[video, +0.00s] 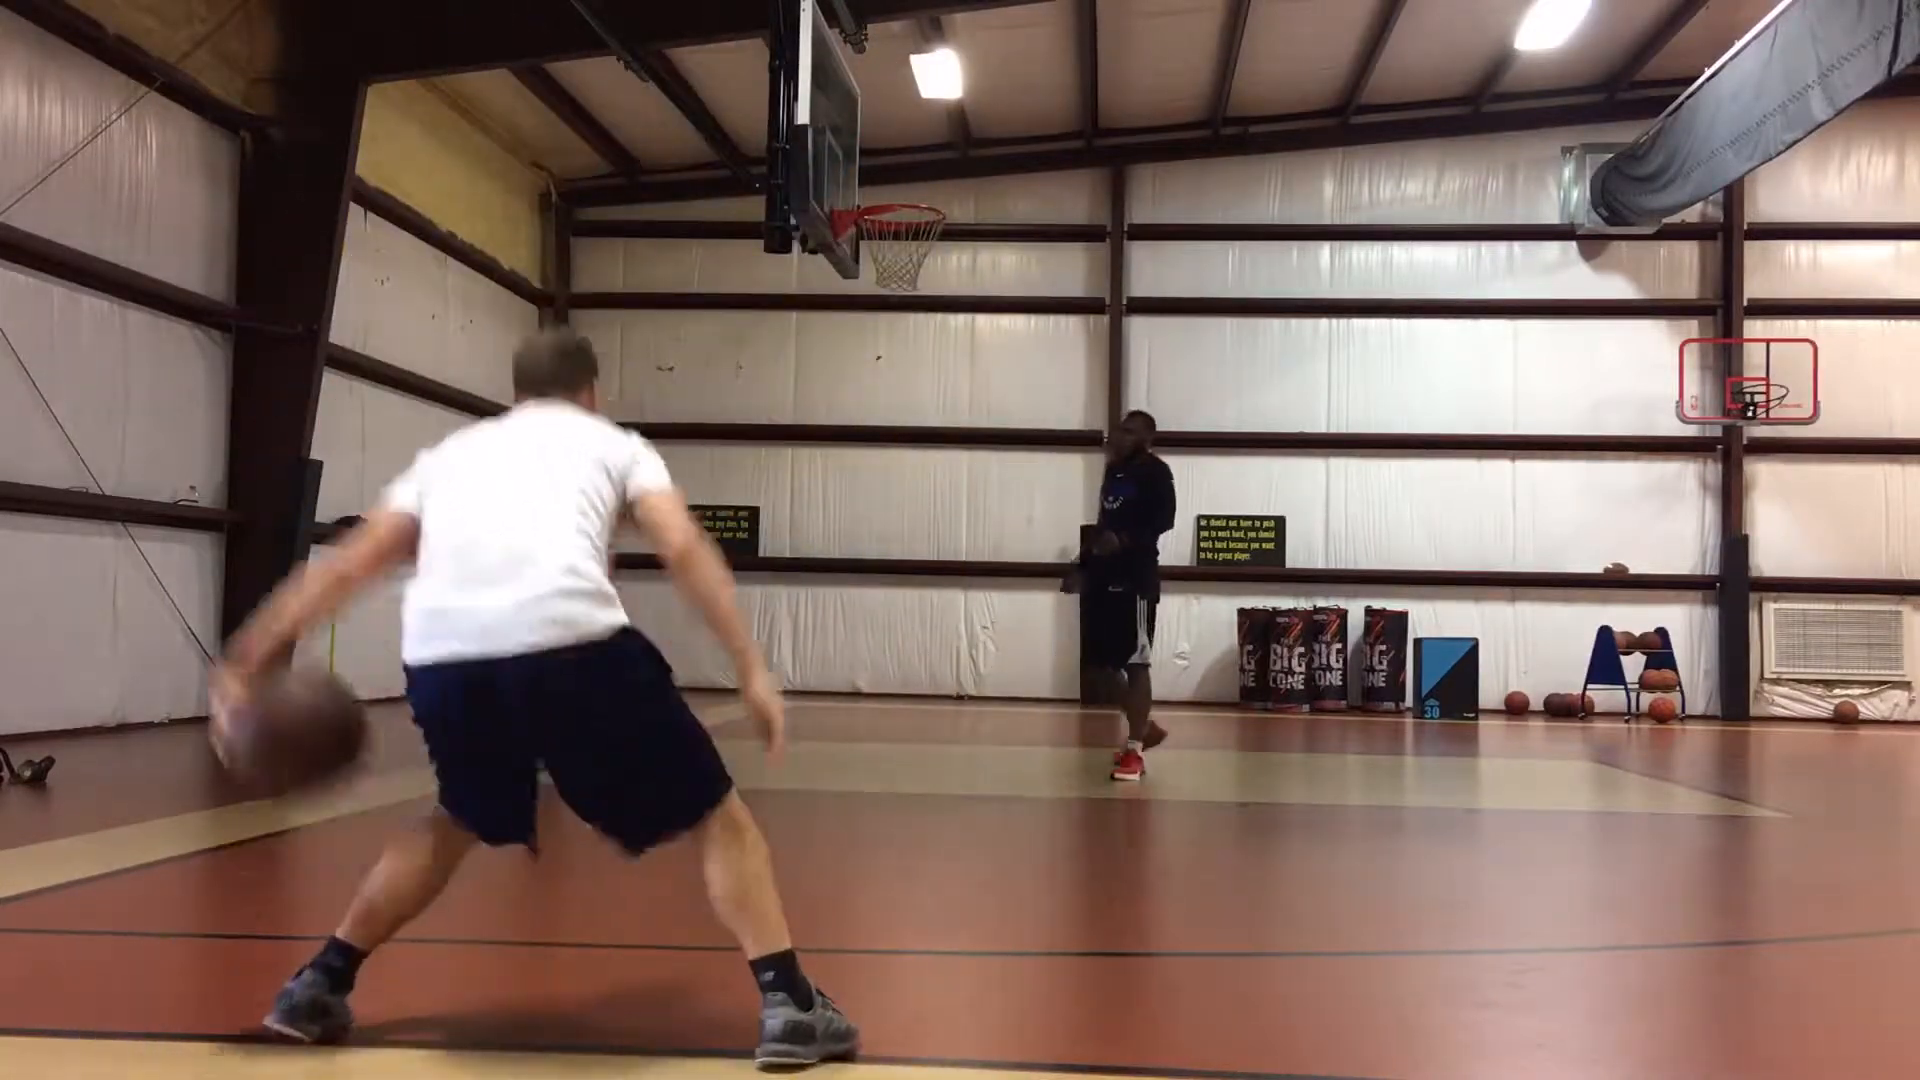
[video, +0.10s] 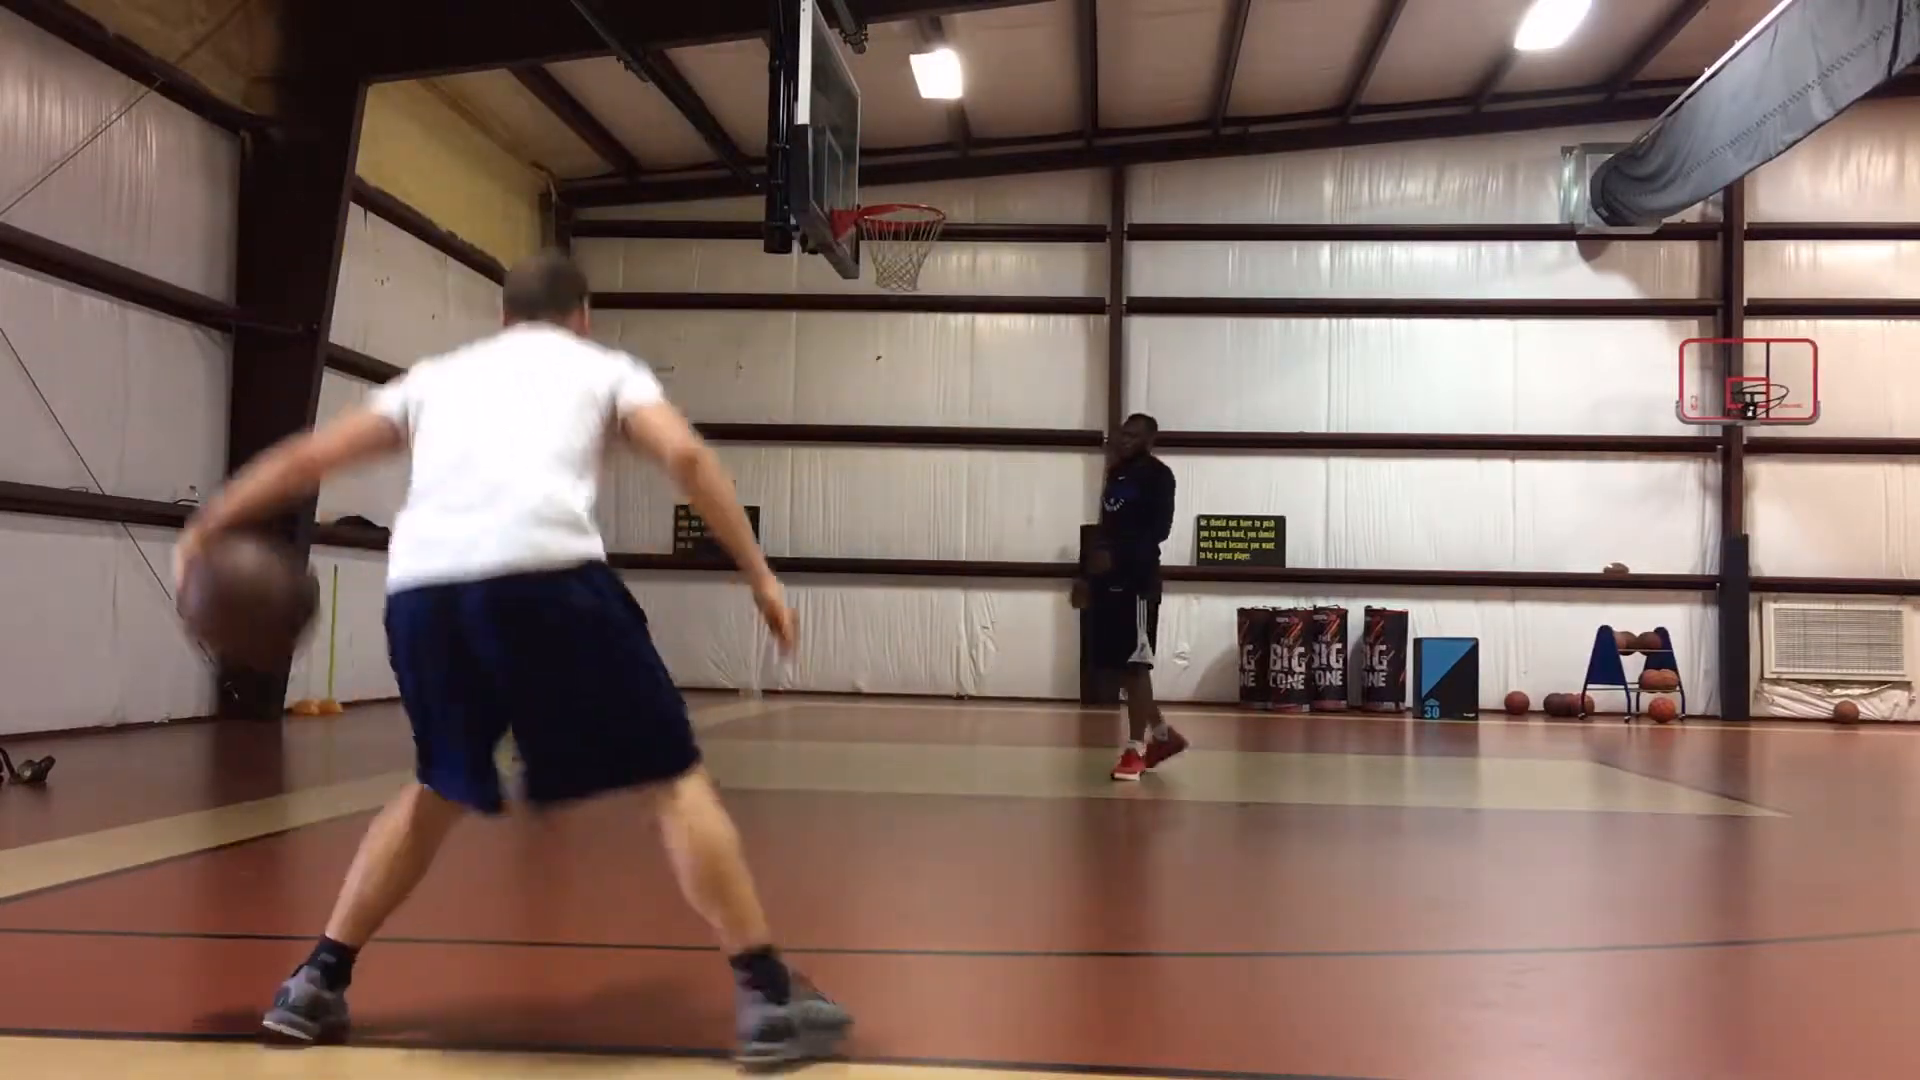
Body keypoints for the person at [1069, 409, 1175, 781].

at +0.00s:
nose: (1120, 435)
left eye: (1129, 431)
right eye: (1120, 428)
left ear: (1147, 438)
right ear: (1117, 432)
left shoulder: (1156, 471)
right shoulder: (1114, 472)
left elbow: (1162, 520)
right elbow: (1107, 526)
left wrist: (1123, 538)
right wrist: (1082, 565)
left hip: (1136, 580)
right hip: (1104, 578)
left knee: (1136, 664)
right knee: (1101, 666)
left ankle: (1134, 749)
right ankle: (1146, 726)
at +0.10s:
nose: (1124, 439)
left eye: (1132, 434)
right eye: (1123, 432)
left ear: (1150, 439)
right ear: (1119, 435)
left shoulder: (1159, 474)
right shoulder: (1117, 473)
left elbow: (1159, 529)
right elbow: (1109, 527)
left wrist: (1115, 551)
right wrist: (1089, 575)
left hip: (1139, 580)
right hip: (1113, 579)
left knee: (1136, 665)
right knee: (1124, 665)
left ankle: (1135, 748)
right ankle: (1162, 733)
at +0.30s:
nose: (1125, 448)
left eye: (1132, 443)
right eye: (1124, 442)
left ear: (1149, 446)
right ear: (1124, 443)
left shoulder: (1148, 480)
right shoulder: (1141, 479)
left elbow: (1136, 533)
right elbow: (1116, 520)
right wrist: (1111, 463)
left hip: (1139, 583)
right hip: (1138, 582)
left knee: (1136, 665)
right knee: (1151, 665)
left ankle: (1136, 748)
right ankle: (1175, 744)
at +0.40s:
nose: (1116, 450)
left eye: (1121, 443)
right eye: (1118, 444)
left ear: (1137, 446)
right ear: (1142, 447)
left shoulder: (1145, 479)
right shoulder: (1146, 480)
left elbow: (1129, 536)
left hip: (1138, 584)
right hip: (1141, 583)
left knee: (1130, 662)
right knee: (1150, 663)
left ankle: (1128, 746)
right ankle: (1175, 745)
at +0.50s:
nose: (1113, 450)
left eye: (1118, 443)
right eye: (1114, 443)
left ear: (1135, 445)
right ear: (1141, 446)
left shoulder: (1141, 480)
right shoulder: (1147, 479)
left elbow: (1135, 539)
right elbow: (1140, 538)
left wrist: (1118, 588)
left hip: (1132, 588)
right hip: (1144, 587)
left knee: (1112, 662)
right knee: (1148, 662)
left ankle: (1119, 744)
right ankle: (1175, 743)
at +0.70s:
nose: (1098, 453)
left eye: (1102, 447)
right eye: (1099, 447)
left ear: (1116, 449)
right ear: (1130, 449)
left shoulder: (1119, 483)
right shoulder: (1144, 483)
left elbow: (1119, 543)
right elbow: (1148, 543)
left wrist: (1110, 589)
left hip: (1121, 589)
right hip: (1146, 586)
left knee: (1093, 658)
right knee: (1149, 660)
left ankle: (1095, 740)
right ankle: (1174, 742)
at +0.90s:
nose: (1076, 462)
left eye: (1079, 454)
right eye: (1076, 454)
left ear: (1093, 453)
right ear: (1105, 453)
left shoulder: (1093, 485)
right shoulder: (1130, 488)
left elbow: (1097, 543)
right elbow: (1133, 548)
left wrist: (1094, 594)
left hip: (1103, 591)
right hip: (1136, 589)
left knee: (1092, 666)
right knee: (1142, 664)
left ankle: (1080, 740)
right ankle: (1171, 739)